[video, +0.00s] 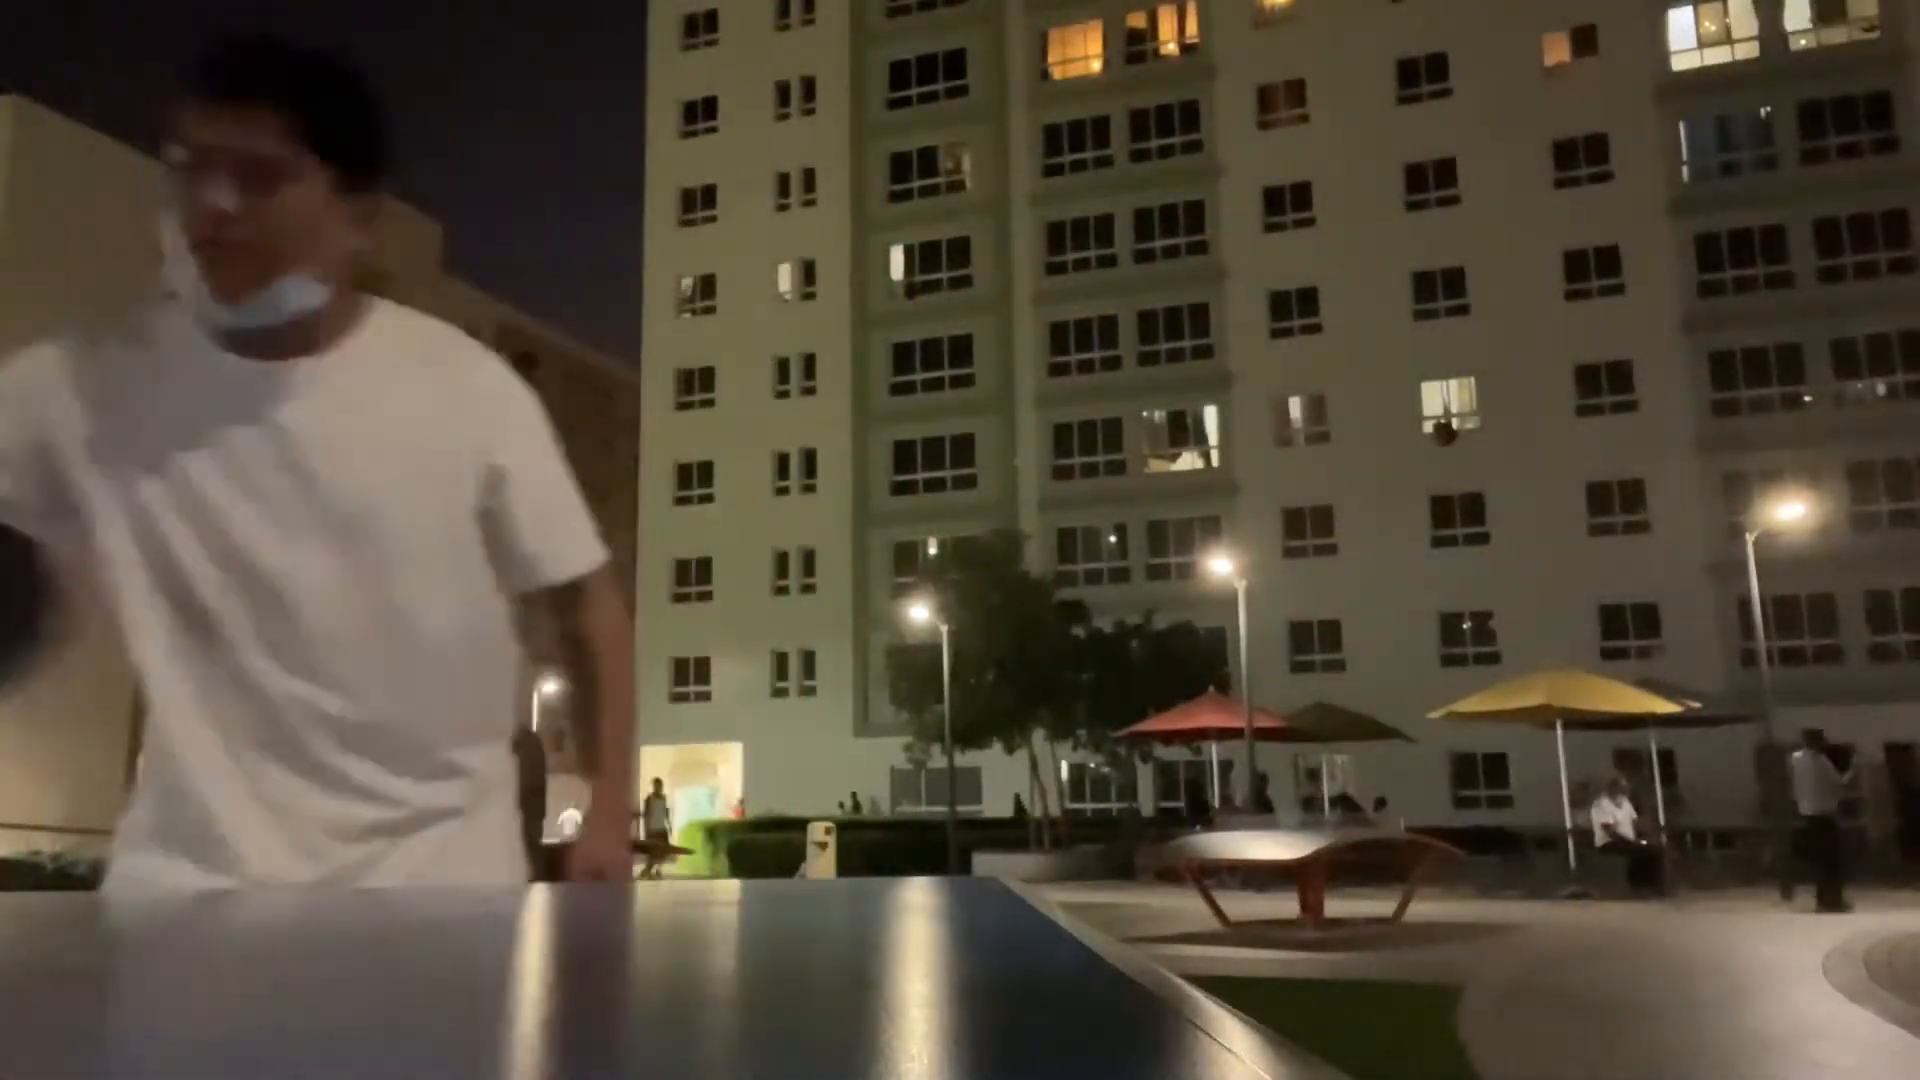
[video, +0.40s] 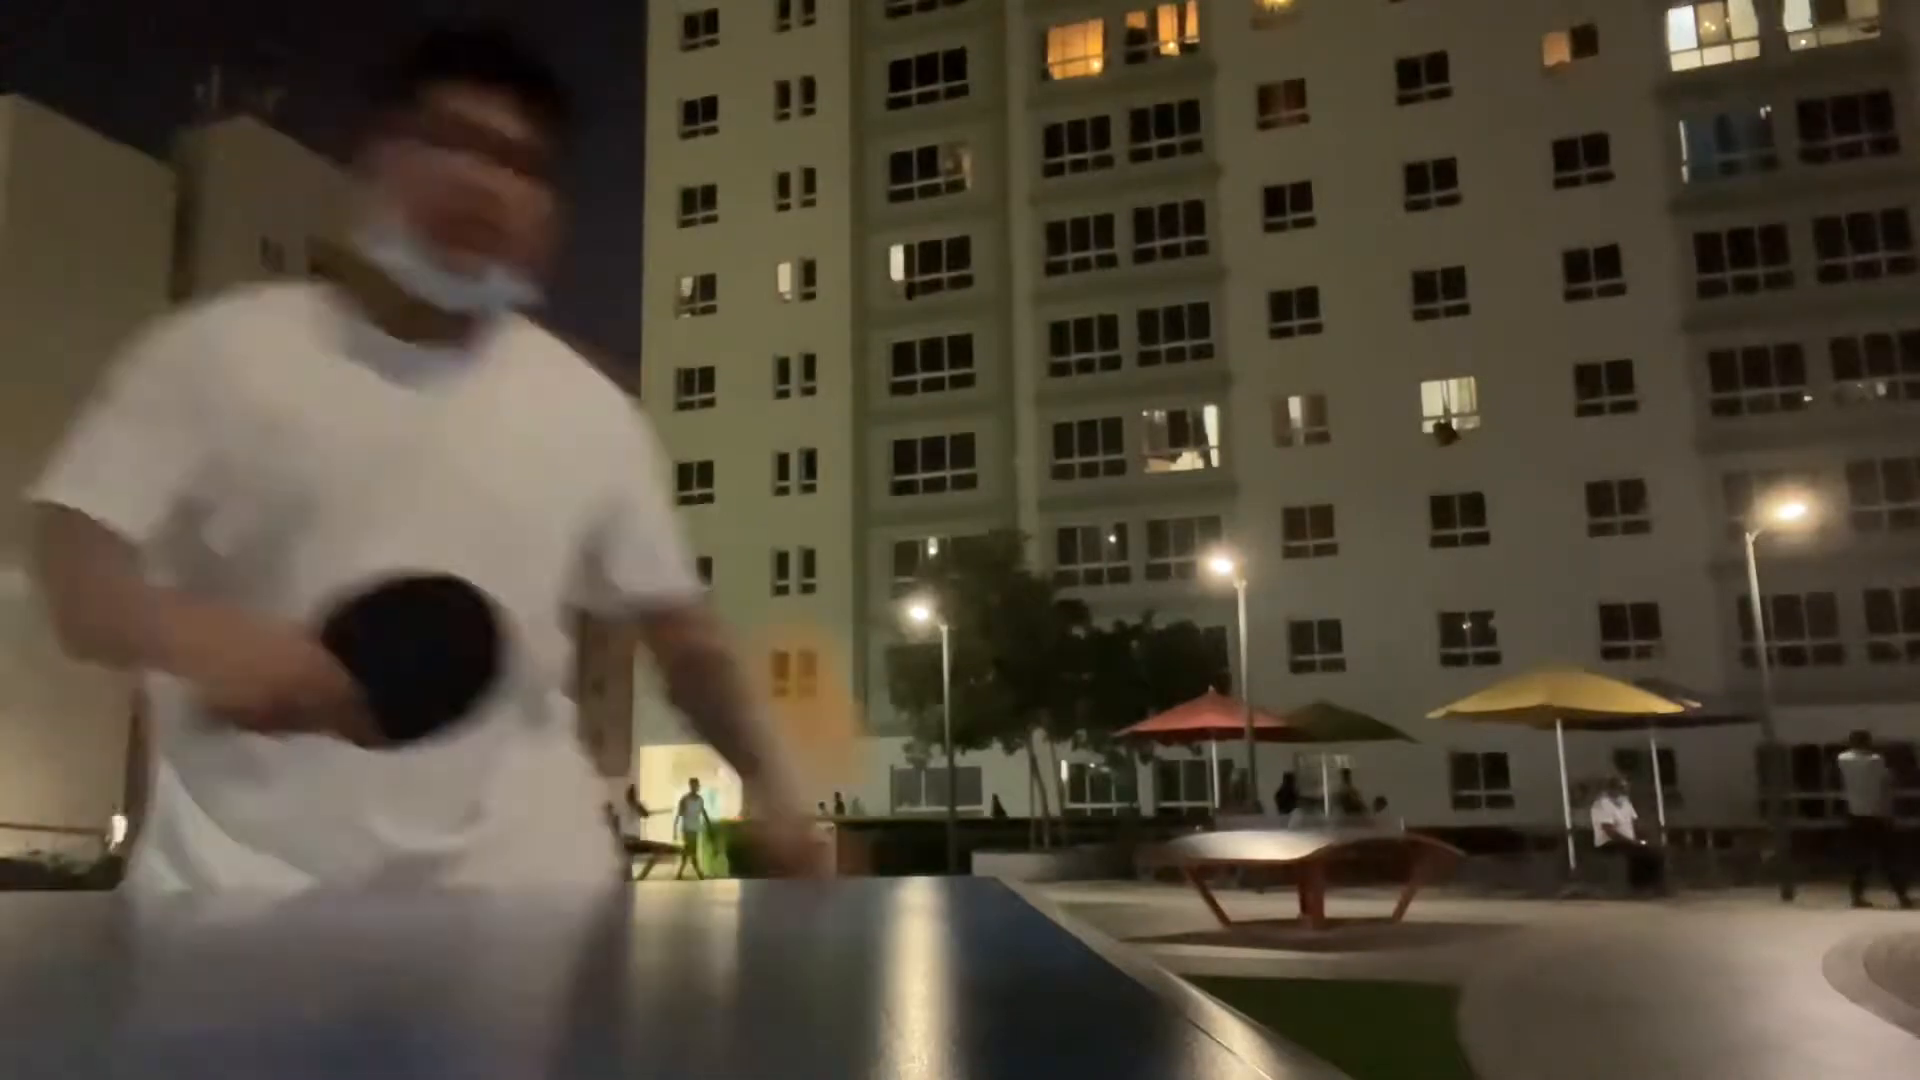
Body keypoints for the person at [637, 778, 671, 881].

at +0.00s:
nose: (658, 788)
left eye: (659, 785)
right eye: (656, 785)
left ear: (662, 786)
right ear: (653, 786)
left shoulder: (663, 798)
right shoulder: (649, 799)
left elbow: (666, 812)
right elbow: (646, 816)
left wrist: (669, 826)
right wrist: (646, 831)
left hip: (662, 830)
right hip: (652, 830)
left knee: (662, 852)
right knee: (652, 852)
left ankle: (658, 871)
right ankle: (647, 871)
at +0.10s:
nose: (668, 789)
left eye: (669, 787)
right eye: (666, 787)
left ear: (671, 788)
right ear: (663, 787)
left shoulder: (671, 800)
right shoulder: (659, 801)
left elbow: (673, 815)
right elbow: (657, 816)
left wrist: (675, 828)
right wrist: (656, 830)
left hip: (671, 831)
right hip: (661, 832)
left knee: (672, 852)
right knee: (656, 852)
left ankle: (676, 872)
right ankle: (647, 871)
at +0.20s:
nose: (676, 787)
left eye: (678, 785)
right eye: (675, 785)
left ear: (679, 786)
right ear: (672, 786)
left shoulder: (680, 800)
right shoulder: (667, 800)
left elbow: (683, 815)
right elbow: (665, 815)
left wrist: (685, 828)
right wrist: (665, 830)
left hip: (680, 831)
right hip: (670, 831)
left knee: (680, 853)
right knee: (663, 851)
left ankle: (679, 873)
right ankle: (650, 870)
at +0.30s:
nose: (686, 786)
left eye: (688, 784)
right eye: (684, 783)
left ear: (690, 785)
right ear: (681, 784)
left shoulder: (691, 798)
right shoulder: (676, 798)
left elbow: (694, 813)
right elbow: (670, 814)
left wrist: (697, 825)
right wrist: (671, 829)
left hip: (687, 827)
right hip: (677, 826)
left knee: (683, 850)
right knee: (681, 849)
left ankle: (679, 872)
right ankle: (678, 872)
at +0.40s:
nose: (695, 788)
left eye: (697, 786)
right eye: (693, 786)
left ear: (698, 786)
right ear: (690, 786)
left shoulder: (699, 799)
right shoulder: (684, 800)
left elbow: (704, 812)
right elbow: (678, 816)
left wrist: (709, 826)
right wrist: (675, 831)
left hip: (695, 828)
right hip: (687, 829)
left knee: (686, 852)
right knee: (693, 852)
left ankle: (679, 872)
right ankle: (699, 873)